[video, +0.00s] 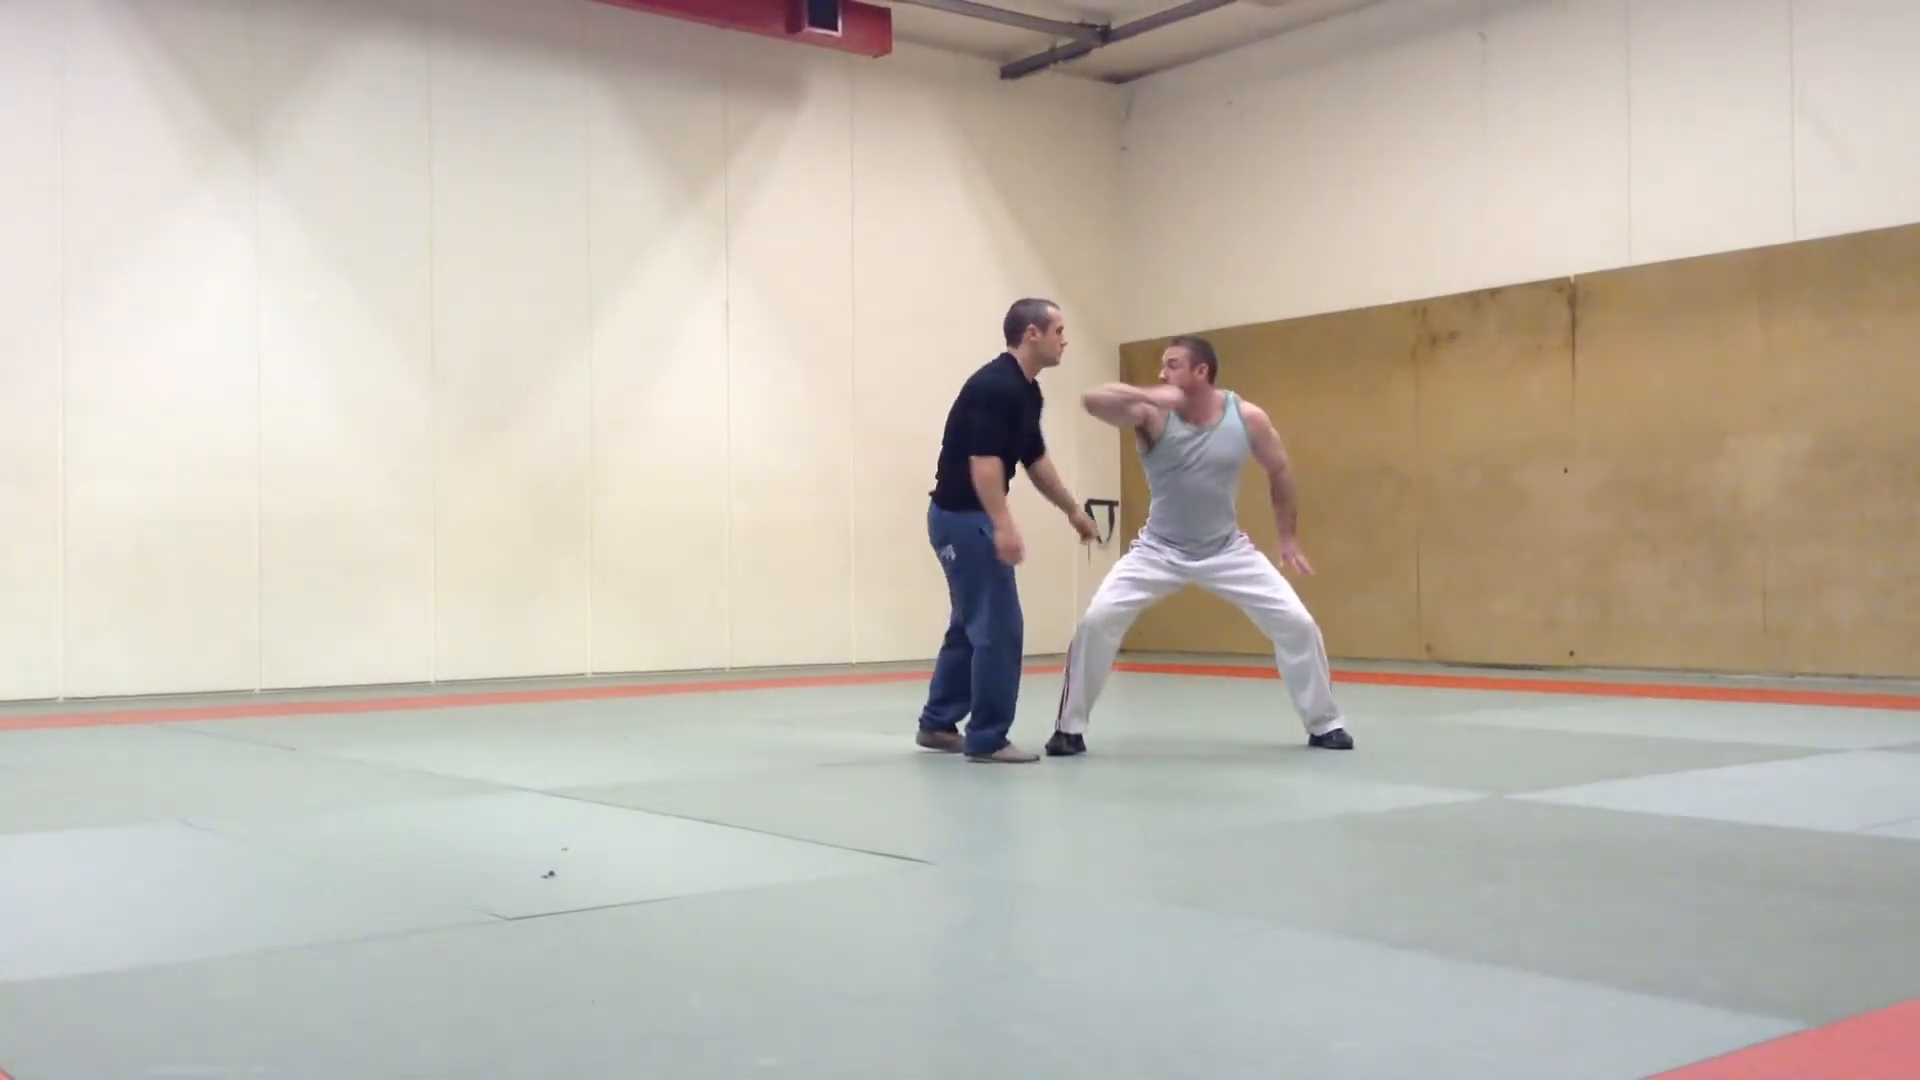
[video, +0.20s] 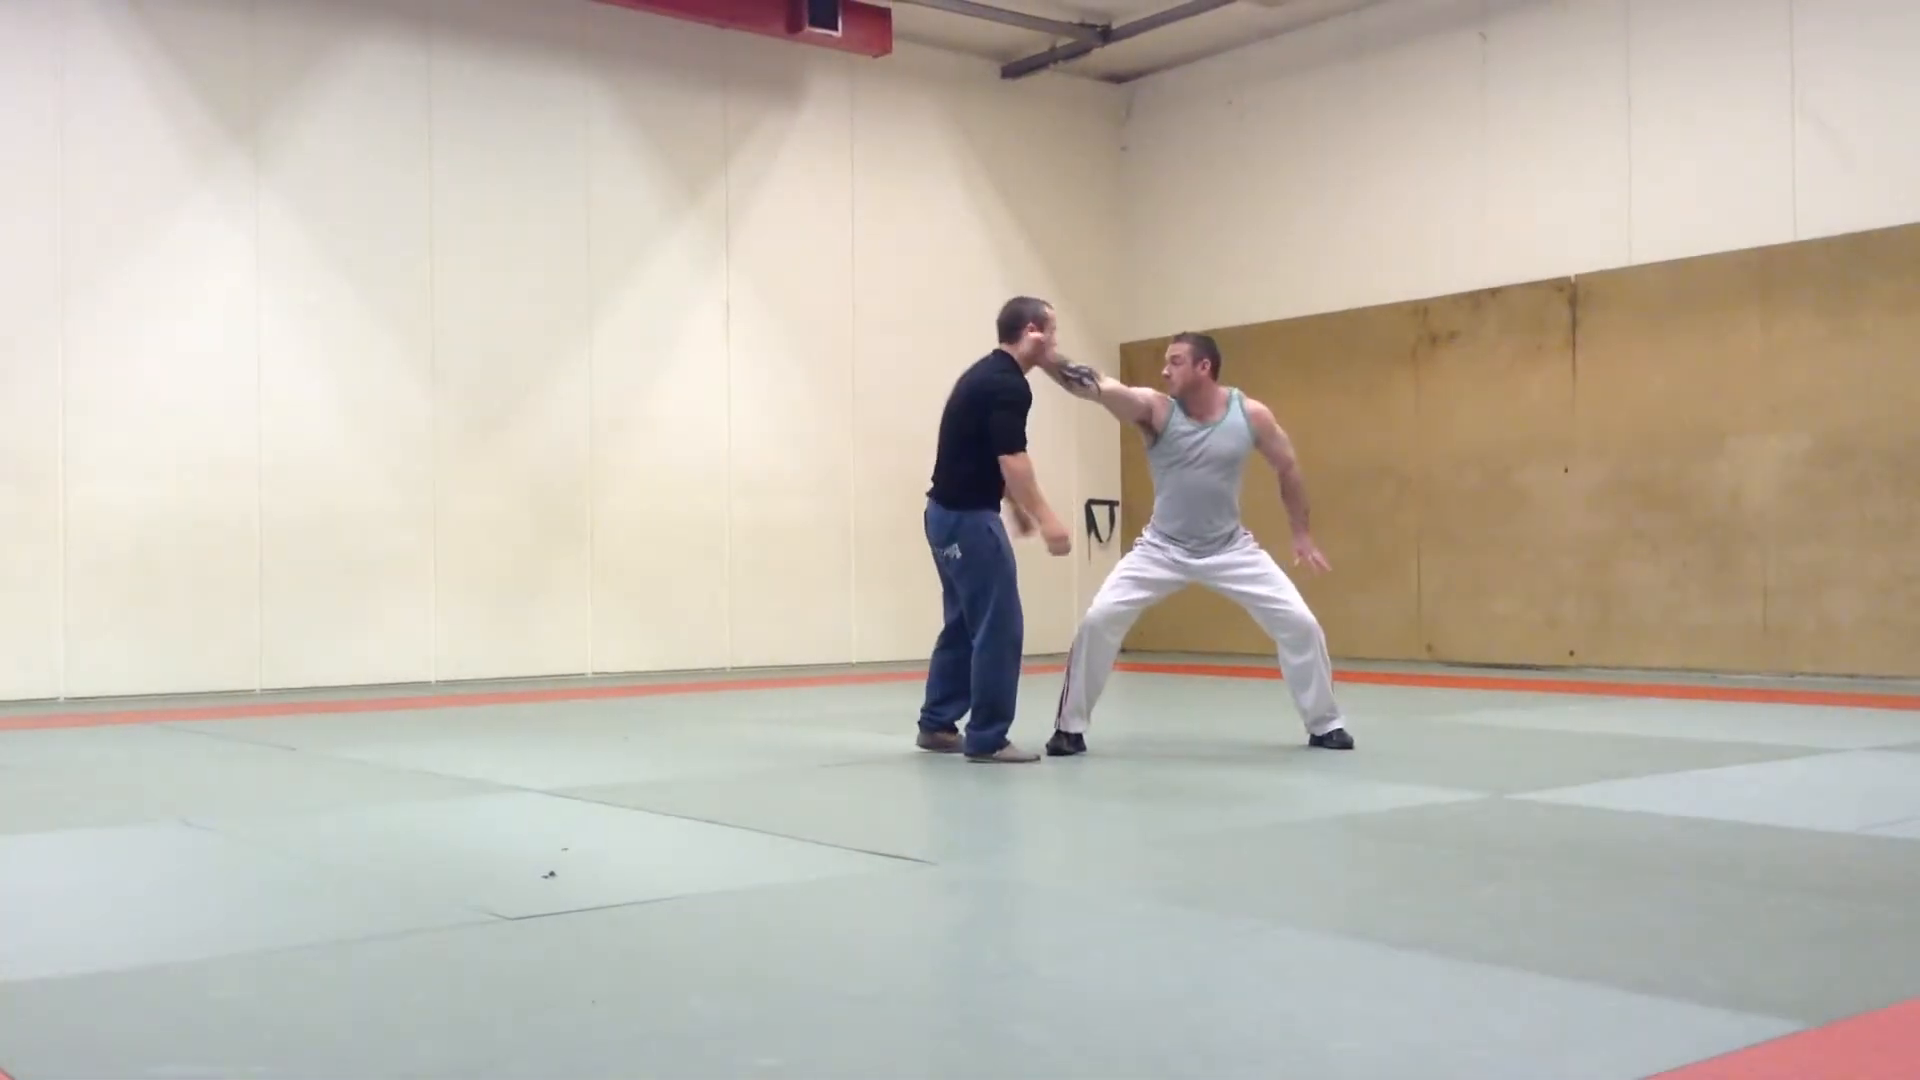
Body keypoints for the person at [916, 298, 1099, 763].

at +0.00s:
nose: (1064, 339)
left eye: (1063, 331)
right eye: (1058, 331)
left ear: (1033, 334)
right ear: (1032, 334)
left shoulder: (1027, 391)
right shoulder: (994, 386)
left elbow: (1036, 461)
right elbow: (984, 465)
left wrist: (1073, 509)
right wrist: (1004, 525)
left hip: (973, 519)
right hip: (966, 520)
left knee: (969, 624)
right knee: (999, 628)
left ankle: (937, 723)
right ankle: (987, 741)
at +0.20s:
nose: (1056, 341)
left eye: (1055, 332)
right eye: (1052, 332)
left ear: (1015, 333)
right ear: (1031, 333)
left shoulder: (986, 372)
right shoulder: (1007, 382)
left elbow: (991, 449)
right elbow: (1012, 460)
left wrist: (1014, 500)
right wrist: (1047, 521)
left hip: (947, 516)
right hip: (970, 521)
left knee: (965, 623)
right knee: (1001, 626)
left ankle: (937, 723)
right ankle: (987, 739)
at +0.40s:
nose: (1012, 330)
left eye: (1005, 322)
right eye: (1011, 323)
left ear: (965, 326)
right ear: (1005, 325)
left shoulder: (939, 376)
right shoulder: (1004, 380)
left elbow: (934, 453)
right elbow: (1028, 461)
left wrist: (945, 503)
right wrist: (1058, 515)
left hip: (942, 520)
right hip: (982, 524)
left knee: (959, 622)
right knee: (1004, 626)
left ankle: (937, 726)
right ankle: (987, 738)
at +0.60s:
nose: (971, 331)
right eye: (970, 324)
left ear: (927, 332)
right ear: (969, 326)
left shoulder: (907, 389)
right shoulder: (992, 375)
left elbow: (898, 467)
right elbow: (1030, 443)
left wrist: (911, 517)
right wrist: (1057, 490)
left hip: (942, 527)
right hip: (988, 526)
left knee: (958, 627)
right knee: (1004, 629)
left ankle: (937, 728)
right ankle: (987, 740)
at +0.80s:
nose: (956, 335)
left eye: (951, 329)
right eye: (955, 328)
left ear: (910, 336)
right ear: (950, 329)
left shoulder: (894, 396)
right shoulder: (978, 371)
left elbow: (888, 476)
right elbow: (1023, 436)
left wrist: (894, 532)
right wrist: (1046, 474)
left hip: (941, 528)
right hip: (987, 525)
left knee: (959, 628)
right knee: (1004, 627)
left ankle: (938, 727)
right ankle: (986, 737)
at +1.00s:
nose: (956, 334)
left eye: (952, 328)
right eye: (955, 327)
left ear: (908, 334)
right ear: (948, 328)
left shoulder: (892, 395)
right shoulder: (972, 371)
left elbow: (894, 476)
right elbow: (1015, 439)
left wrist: (911, 527)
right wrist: (1033, 478)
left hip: (940, 527)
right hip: (984, 525)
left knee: (960, 626)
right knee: (1007, 624)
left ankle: (938, 726)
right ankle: (988, 736)